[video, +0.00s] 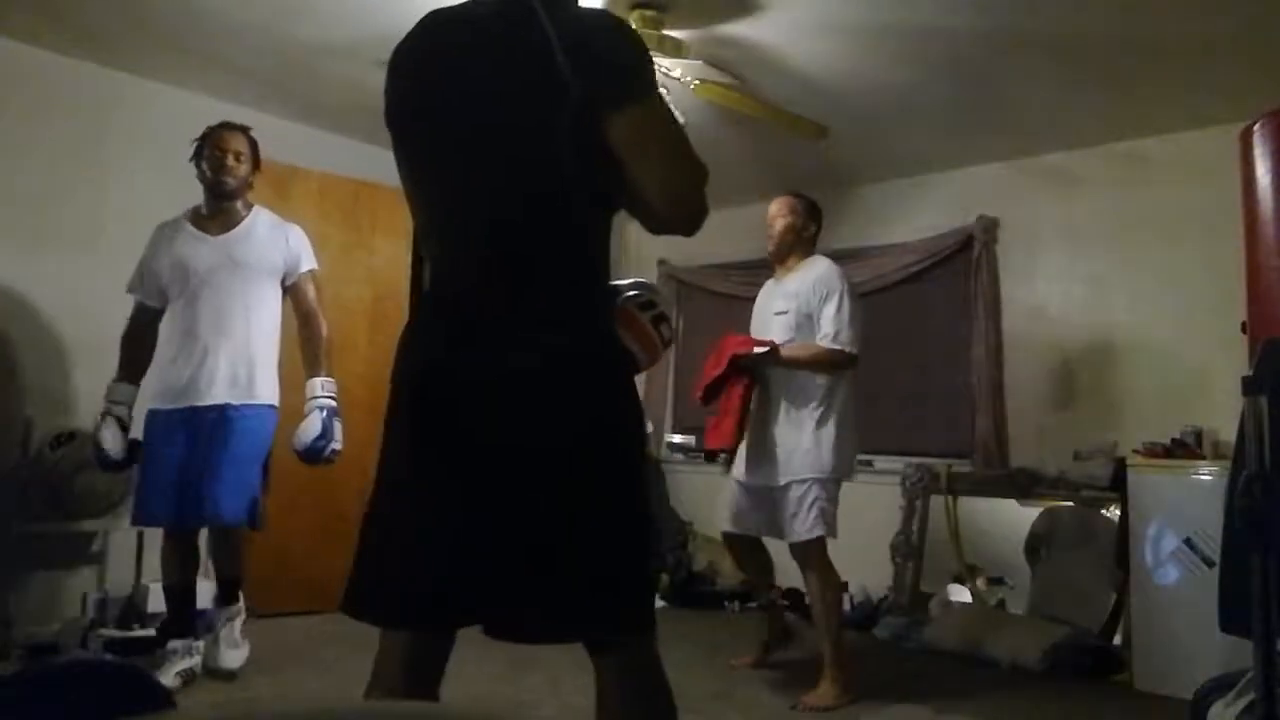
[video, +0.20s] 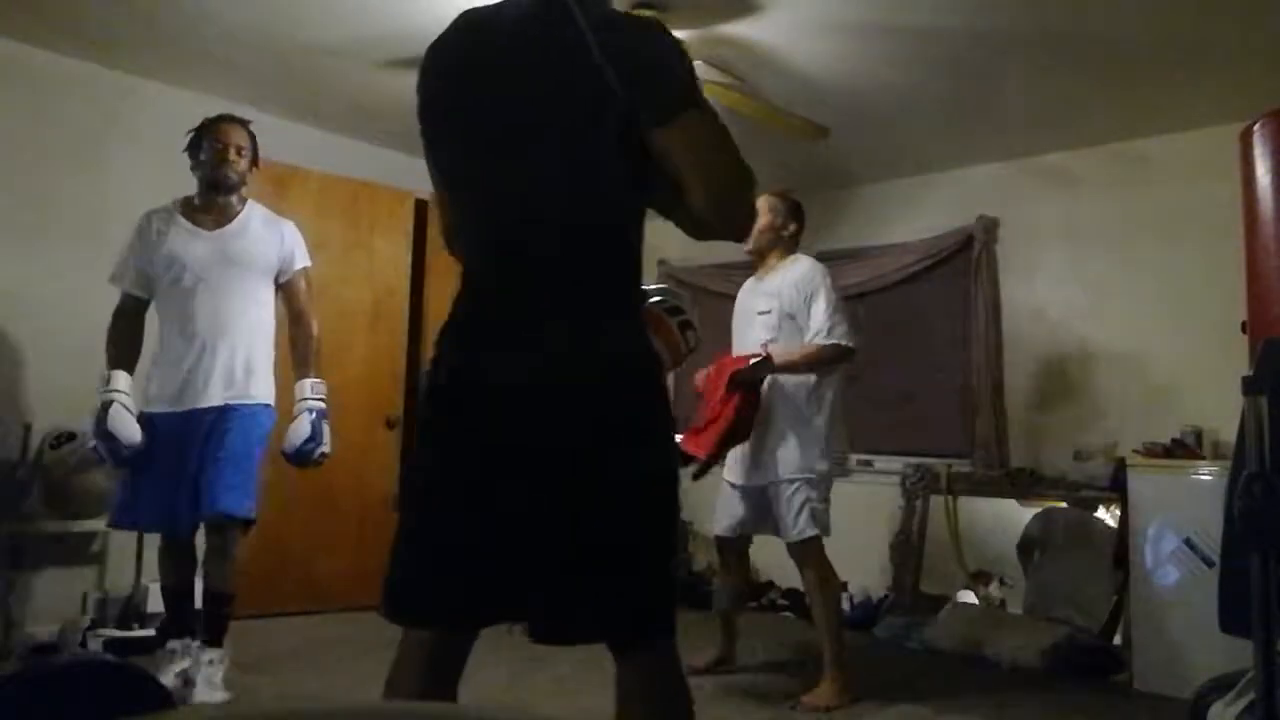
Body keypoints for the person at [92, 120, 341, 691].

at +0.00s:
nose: (225, 164)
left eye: (237, 157)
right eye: (215, 155)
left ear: (254, 172)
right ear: (198, 166)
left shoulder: (282, 238)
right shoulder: (170, 236)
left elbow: (311, 321)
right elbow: (142, 324)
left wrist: (322, 402)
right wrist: (117, 404)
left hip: (245, 401)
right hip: (173, 402)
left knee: (226, 518)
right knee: (177, 525)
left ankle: (229, 615)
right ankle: (181, 642)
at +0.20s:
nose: (226, 158)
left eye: (238, 152)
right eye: (216, 149)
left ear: (253, 167)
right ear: (193, 158)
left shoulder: (278, 234)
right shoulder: (158, 228)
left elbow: (301, 319)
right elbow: (129, 314)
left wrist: (312, 401)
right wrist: (117, 390)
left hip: (242, 400)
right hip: (168, 403)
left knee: (223, 527)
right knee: (175, 531)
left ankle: (213, 657)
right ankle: (180, 644)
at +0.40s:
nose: (244, 153)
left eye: (254, 146)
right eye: (231, 141)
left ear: (263, 162)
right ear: (199, 149)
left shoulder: (279, 234)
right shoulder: (154, 218)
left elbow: (293, 320)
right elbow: (121, 308)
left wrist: (295, 404)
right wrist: (114, 386)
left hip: (242, 406)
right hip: (166, 405)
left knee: (223, 540)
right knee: (173, 537)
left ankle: (203, 672)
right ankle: (181, 651)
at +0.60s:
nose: (259, 144)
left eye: (269, 139)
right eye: (248, 131)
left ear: (275, 153)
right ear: (213, 134)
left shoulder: (285, 223)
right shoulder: (155, 201)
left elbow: (302, 317)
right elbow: (114, 292)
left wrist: (311, 403)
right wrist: (94, 379)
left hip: (250, 401)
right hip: (171, 397)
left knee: (229, 542)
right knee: (175, 537)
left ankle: (200, 674)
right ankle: (194, 643)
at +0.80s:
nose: (261, 133)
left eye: (271, 126)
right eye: (248, 121)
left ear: (279, 141)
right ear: (212, 128)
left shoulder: (293, 216)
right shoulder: (156, 198)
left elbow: (316, 310)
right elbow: (115, 291)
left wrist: (328, 403)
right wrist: (71, 381)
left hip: (249, 404)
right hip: (164, 400)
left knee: (230, 547)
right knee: (146, 540)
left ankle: (197, 680)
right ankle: (197, 613)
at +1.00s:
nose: (253, 121)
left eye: (264, 113)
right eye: (240, 108)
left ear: (274, 130)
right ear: (205, 115)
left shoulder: (293, 207)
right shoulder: (156, 194)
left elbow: (318, 301)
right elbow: (120, 291)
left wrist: (327, 396)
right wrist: (78, 387)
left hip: (243, 407)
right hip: (155, 401)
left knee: (226, 547)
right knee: (129, 531)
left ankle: (197, 678)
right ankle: (137, 666)